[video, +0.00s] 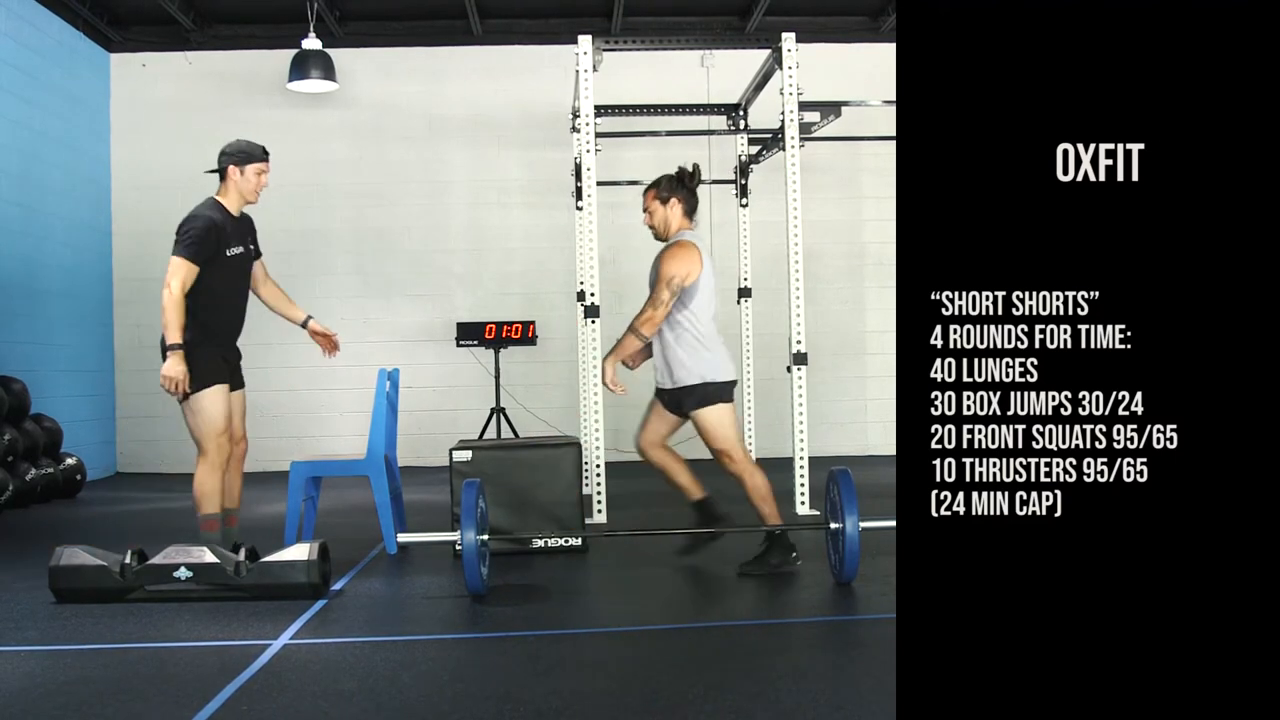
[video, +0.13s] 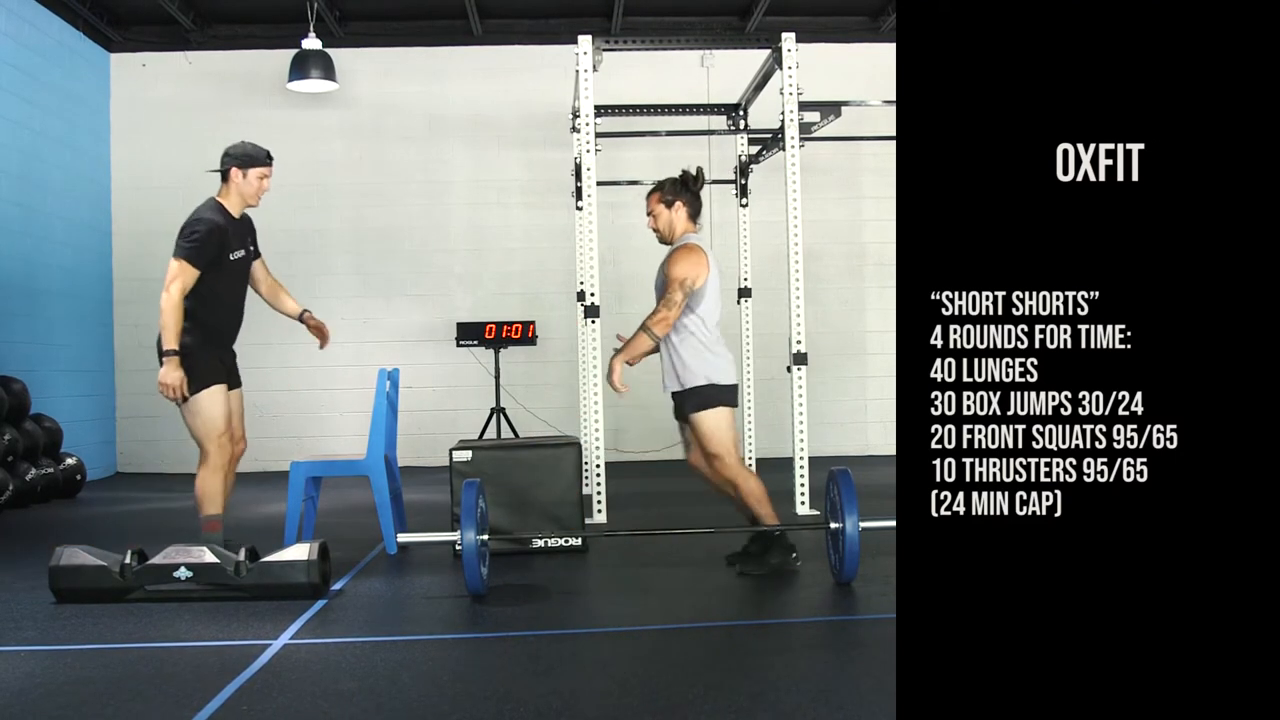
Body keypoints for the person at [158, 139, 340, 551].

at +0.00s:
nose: (265, 183)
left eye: (266, 175)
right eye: (259, 174)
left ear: (244, 175)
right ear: (233, 172)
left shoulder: (244, 224)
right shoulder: (203, 223)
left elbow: (263, 284)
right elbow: (173, 288)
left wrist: (308, 323)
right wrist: (174, 353)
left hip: (224, 349)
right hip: (195, 351)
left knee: (236, 445)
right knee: (213, 449)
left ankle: (230, 545)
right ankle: (211, 552)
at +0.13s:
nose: (267, 187)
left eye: (268, 179)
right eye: (261, 178)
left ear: (242, 178)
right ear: (235, 175)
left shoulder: (243, 224)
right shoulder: (206, 224)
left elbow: (263, 282)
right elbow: (172, 290)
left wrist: (303, 315)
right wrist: (170, 359)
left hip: (220, 348)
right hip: (191, 348)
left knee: (234, 445)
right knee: (217, 448)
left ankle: (213, 542)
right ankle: (213, 550)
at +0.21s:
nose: (265, 193)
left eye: (267, 185)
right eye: (260, 184)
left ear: (245, 183)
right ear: (234, 179)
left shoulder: (246, 227)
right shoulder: (200, 229)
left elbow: (265, 284)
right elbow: (164, 295)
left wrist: (292, 315)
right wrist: (160, 363)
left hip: (218, 352)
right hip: (187, 354)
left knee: (218, 450)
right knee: (224, 450)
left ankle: (153, 532)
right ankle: (214, 553)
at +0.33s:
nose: (263, 216)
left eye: (265, 208)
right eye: (257, 207)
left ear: (238, 206)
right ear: (232, 203)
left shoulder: (249, 251)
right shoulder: (191, 252)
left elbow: (269, 307)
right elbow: (147, 315)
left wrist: (277, 332)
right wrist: (132, 382)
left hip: (208, 371)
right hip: (180, 370)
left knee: (181, 474)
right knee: (245, 453)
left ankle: (94, 513)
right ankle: (220, 554)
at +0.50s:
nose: (262, 276)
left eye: (264, 268)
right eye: (257, 267)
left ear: (237, 264)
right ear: (231, 263)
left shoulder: (246, 309)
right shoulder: (186, 308)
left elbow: (266, 368)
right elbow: (132, 360)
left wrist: (259, 383)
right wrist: (99, 423)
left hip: (193, 419)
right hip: (163, 417)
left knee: (158, 523)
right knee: (255, 461)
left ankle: (61, 531)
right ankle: (223, 557)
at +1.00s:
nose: (246, 241)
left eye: (247, 234)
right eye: (240, 234)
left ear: (223, 238)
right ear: (214, 235)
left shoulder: (236, 286)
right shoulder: (181, 288)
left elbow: (268, 331)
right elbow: (139, 351)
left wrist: (287, 334)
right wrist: (146, 416)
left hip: (194, 407)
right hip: (171, 408)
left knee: (145, 499)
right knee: (250, 458)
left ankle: (57, 532)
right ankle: (222, 556)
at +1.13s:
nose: (255, 199)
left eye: (255, 192)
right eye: (249, 191)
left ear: (230, 192)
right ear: (224, 190)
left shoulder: (237, 242)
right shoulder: (189, 243)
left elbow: (264, 296)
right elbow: (155, 311)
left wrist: (315, 310)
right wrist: (169, 376)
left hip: (198, 364)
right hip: (180, 366)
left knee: (171, 463)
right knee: (231, 451)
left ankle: (92, 516)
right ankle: (218, 556)